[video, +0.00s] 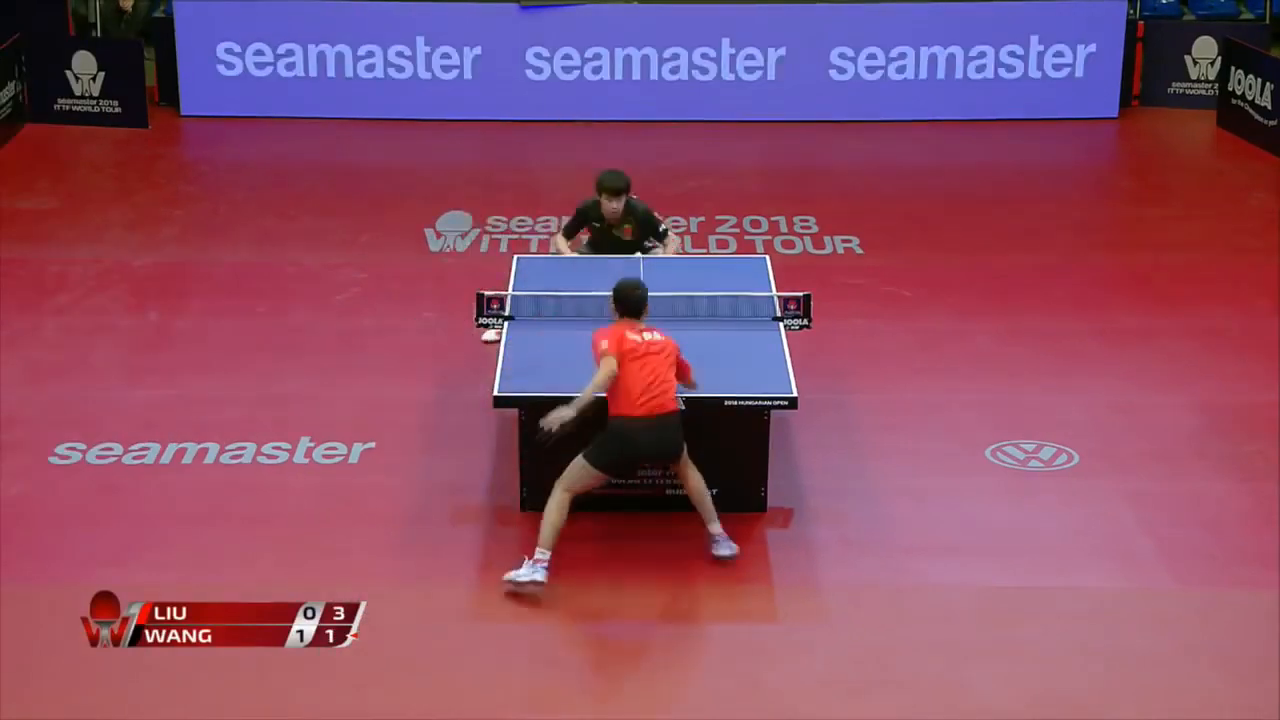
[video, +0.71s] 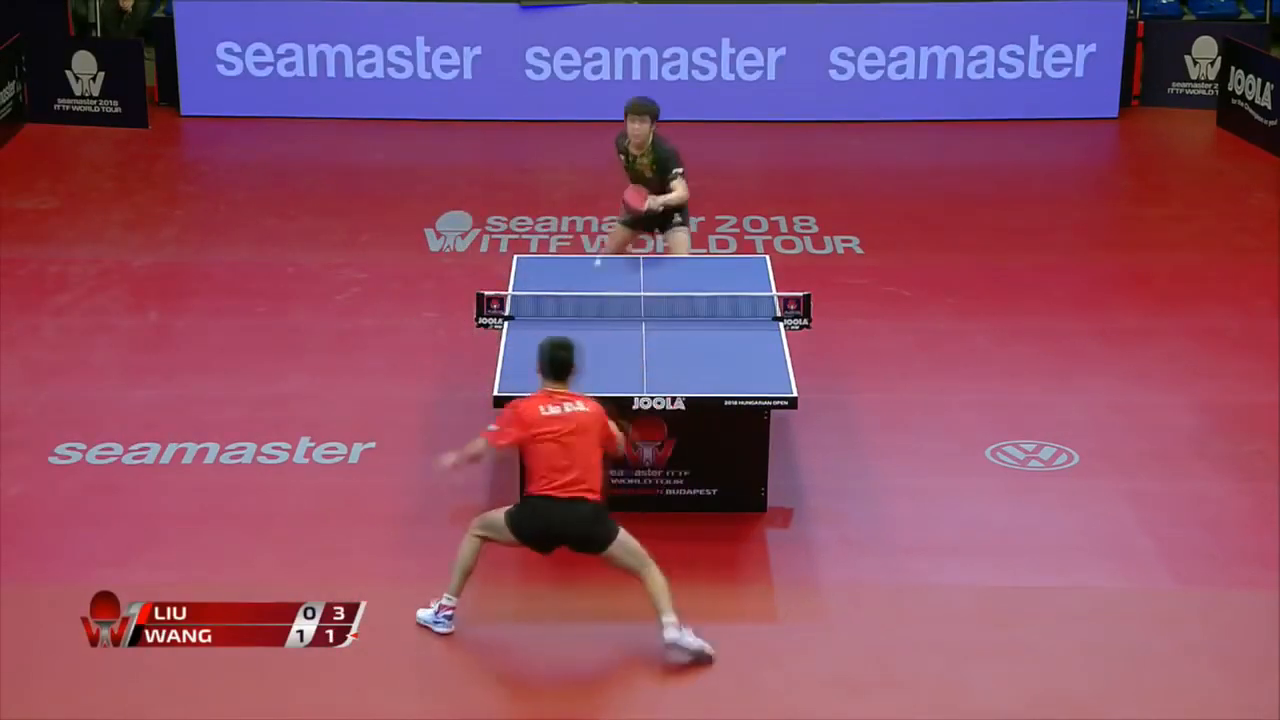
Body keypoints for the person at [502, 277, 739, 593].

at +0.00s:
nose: (610, 306)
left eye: (612, 302)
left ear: (614, 306)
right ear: (645, 308)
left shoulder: (607, 335)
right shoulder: (665, 341)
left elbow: (610, 370)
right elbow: (690, 382)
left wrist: (573, 408)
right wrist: (658, 368)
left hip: (625, 434)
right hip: (668, 432)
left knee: (564, 488)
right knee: (684, 466)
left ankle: (538, 564)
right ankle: (720, 538)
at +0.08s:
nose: (604, 326)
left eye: (604, 321)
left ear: (604, 324)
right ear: (634, 324)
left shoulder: (598, 357)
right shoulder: (661, 359)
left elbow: (595, 396)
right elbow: (693, 400)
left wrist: (553, 429)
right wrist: (683, 389)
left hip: (618, 456)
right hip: (663, 455)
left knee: (557, 504)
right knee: (684, 480)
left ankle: (533, 583)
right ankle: (722, 543)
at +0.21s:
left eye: (594, 327)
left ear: (592, 332)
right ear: (626, 332)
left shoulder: (576, 364)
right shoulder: (645, 369)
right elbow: (685, 408)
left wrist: (530, 403)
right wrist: (655, 397)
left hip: (592, 464)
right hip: (641, 463)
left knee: (532, 498)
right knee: (683, 495)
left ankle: (526, 583)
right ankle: (723, 548)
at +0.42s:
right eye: (619, 340)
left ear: (590, 344)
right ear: (623, 346)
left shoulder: (567, 377)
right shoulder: (639, 387)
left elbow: (528, 403)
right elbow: (682, 415)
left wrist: (527, 425)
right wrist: (680, 397)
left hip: (562, 480)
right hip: (610, 482)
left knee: (512, 523)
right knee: (674, 511)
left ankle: (498, 602)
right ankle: (704, 596)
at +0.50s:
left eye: (595, 350)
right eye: (614, 351)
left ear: (588, 356)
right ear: (620, 358)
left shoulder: (566, 387)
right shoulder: (636, 397)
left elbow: (540, 424)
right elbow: (675, 430)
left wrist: (517, 473)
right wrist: (681, 409)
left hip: (557, 486)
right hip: (603, 491)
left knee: (507, 522)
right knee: (665, 549)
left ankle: (469, 593)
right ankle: (677, 637)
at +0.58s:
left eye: (583, 367)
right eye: (603, 368)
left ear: (575, 372)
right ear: (608, 374)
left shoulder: (556, 407)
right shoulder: (628, 413)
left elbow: (538, 449)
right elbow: (663, 445)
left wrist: (508, 497)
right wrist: (661, 423)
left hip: (549, 505)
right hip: (597, 512)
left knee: (498, 536)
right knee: (662, 566)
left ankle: (454, 607)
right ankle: (677, 647)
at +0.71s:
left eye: (546, 365)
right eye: (568, 367)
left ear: (540, 369)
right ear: (573, 371)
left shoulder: (523, 409)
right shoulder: (593, 410)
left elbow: (481, 447)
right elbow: (618, 449)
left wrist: (455, 458)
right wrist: (610, 429)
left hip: (540, 515)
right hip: (588, 517)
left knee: (478, 529)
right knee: (646, 567)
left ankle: (445, 608)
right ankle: (673, 631)